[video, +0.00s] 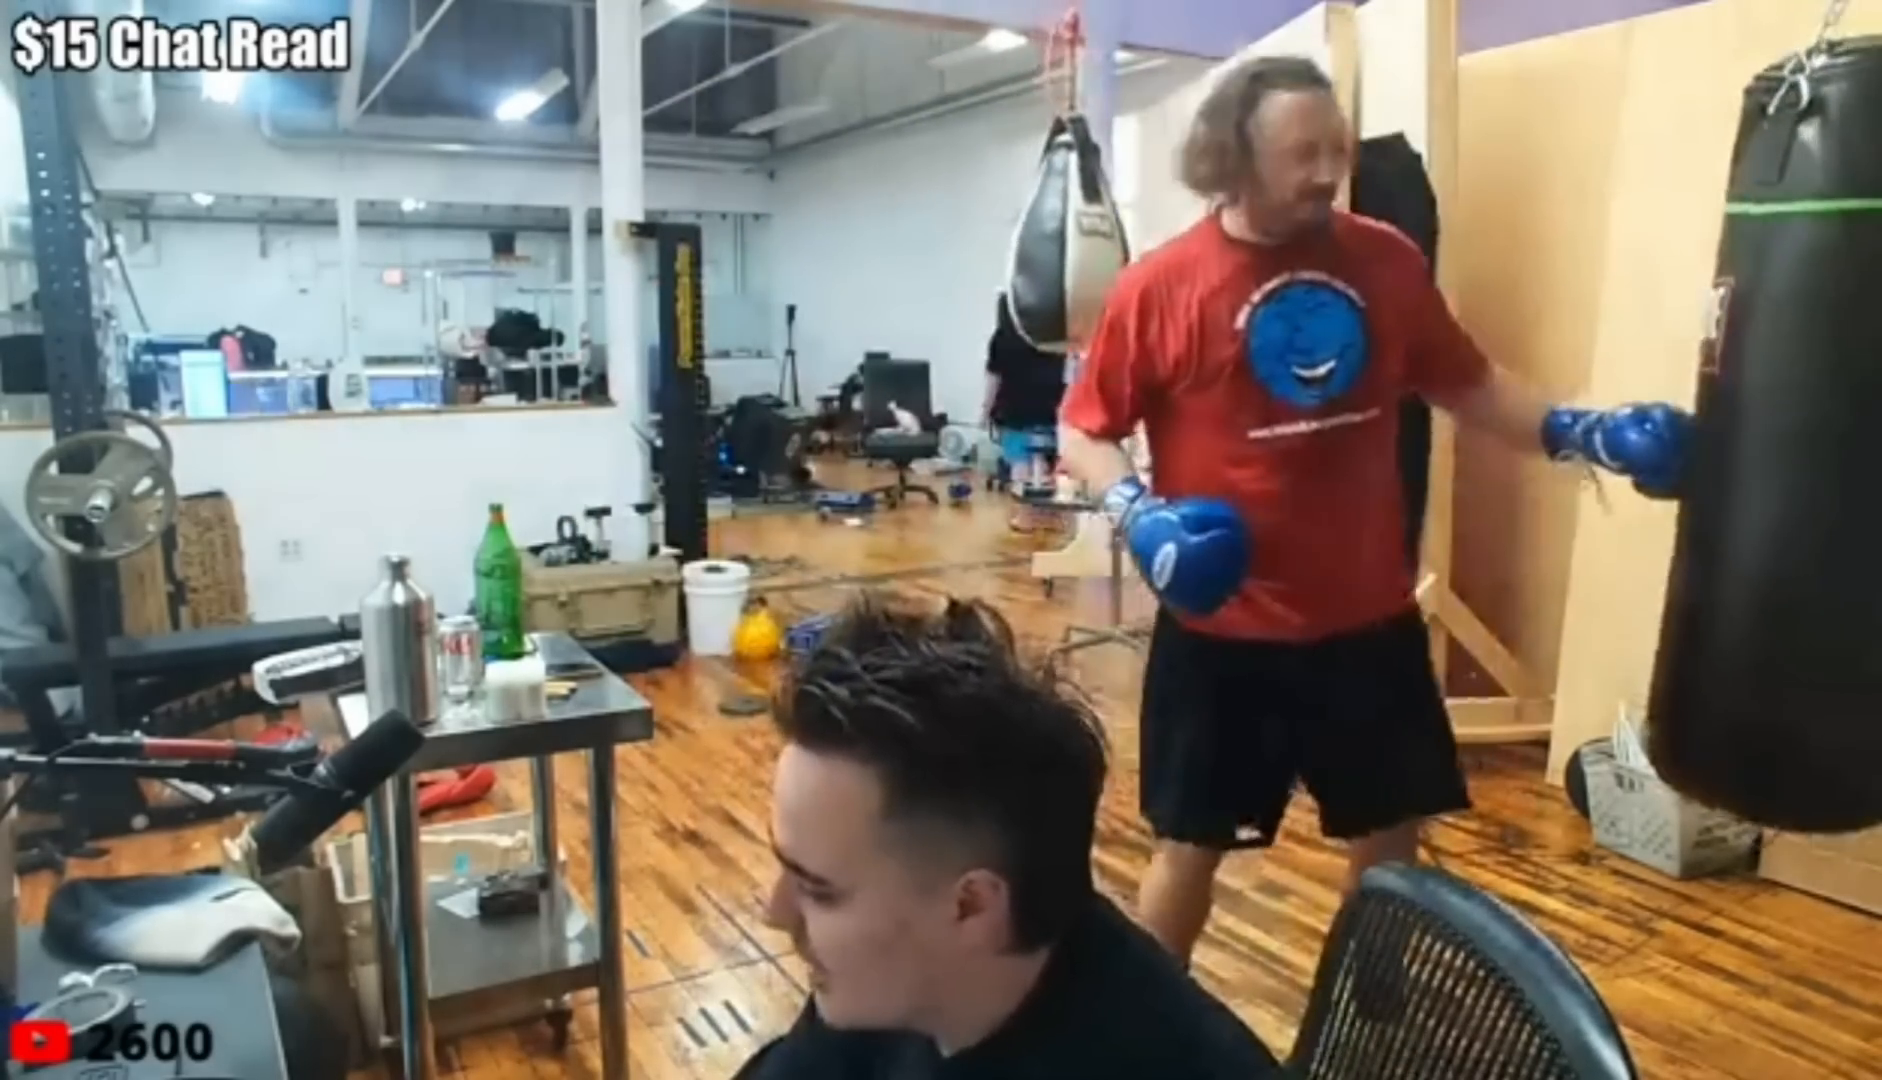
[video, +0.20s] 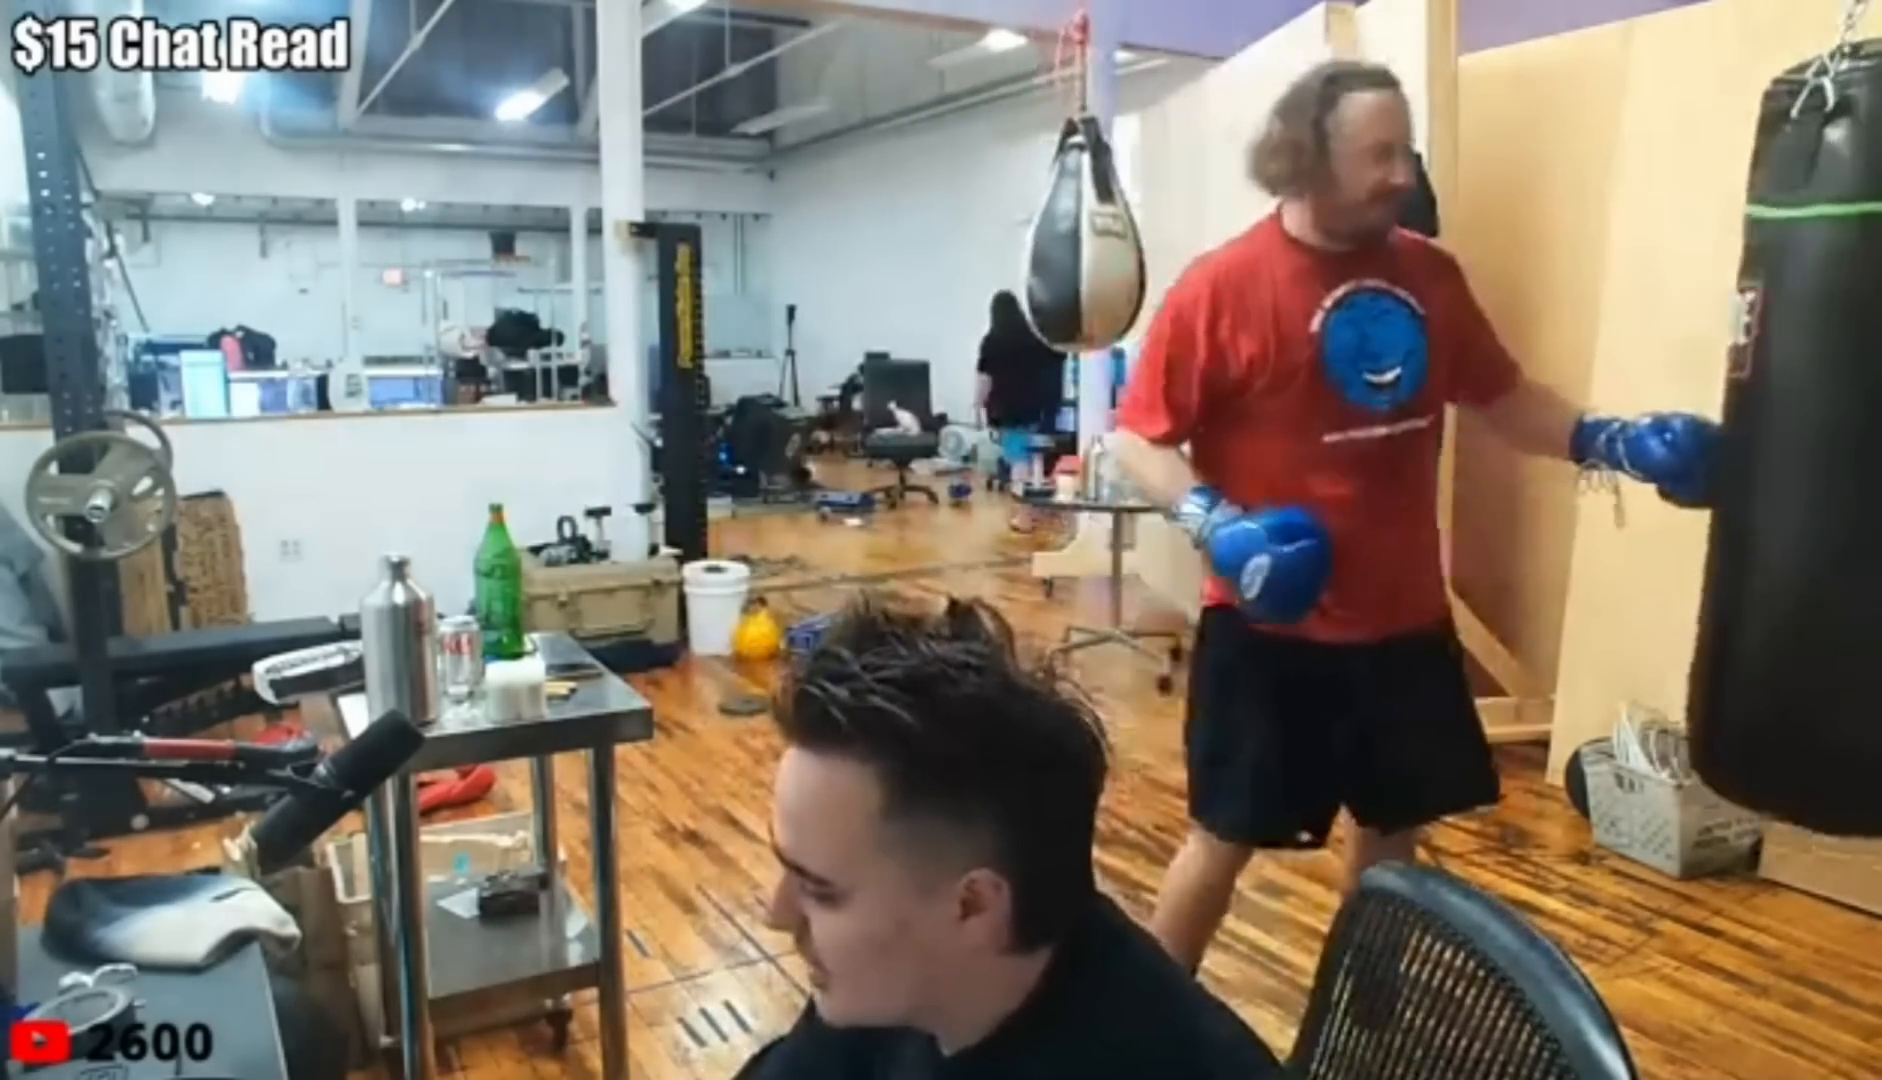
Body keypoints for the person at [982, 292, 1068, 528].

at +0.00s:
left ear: (1005, 311)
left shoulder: (1005, 338)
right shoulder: (1054, 339)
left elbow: (993, 381)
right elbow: (1066, 380)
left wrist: (987, 412)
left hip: (1013, 417)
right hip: (1050, 417)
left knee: (1019, 473)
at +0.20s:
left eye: (994, 313)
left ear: (994, 313)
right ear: (1018, 309)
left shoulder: (994, 340)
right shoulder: (1041, 334)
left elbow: (985, 378)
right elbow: (1056, 374)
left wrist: (981, 404)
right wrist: (1053, 405)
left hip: (1009, 410)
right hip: (1041, 408)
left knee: (1018, 461)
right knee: (1038, 457)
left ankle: (1021, 512)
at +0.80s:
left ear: (975, 311)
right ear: (998, 308)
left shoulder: (975, 336)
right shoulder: (1016, 333)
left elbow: (966, 375)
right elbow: (1027, 364)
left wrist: (962, 404)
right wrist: (1021, 386)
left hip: (980, 405)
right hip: (1011, 404)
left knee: (975, 457)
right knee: (1005, 459)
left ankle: (976, 503)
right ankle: (1004, 509)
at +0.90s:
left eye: (972, 312)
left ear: (972, 312)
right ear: (994, 309)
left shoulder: (971, 337)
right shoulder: (1012, 334)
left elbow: (964, 376)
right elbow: (1023, 366)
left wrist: (959, 404)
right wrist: (1020, 392)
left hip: (977, 405)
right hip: (1007, 404)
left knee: (970, 456)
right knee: (1002, 459)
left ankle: (965, 500)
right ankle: (1005, 509)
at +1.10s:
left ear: (958, 313)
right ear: (981, 311)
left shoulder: (957, 339)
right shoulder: (998, 336)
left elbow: (950, 378)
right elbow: (1010, 367)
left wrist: (946, 409)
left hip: (964, 408)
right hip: (995, 407)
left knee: (958, 458)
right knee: (995, 457)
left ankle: (955, 502)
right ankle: (1002, 508)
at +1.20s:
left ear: (952, 311)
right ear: (976, 310)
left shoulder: (950, 336)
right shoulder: (989, 331)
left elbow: (942, 373)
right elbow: (1005, 360)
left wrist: (939, 405)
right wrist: (987, 366)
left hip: (958, 404)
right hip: (986, 403)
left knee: (955, 455)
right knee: (991, 454)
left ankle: (954, 499)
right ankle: (994, 493)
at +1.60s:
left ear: (949, 313)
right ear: (972, 313)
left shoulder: (941, 338)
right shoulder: (983, 335)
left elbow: (923, 369)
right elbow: (1001, 357)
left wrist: (923, 400)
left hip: (951, 405)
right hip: (979, 403)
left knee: (954, 455)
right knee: (982, 448)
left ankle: (953, 498)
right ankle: (983, 490)